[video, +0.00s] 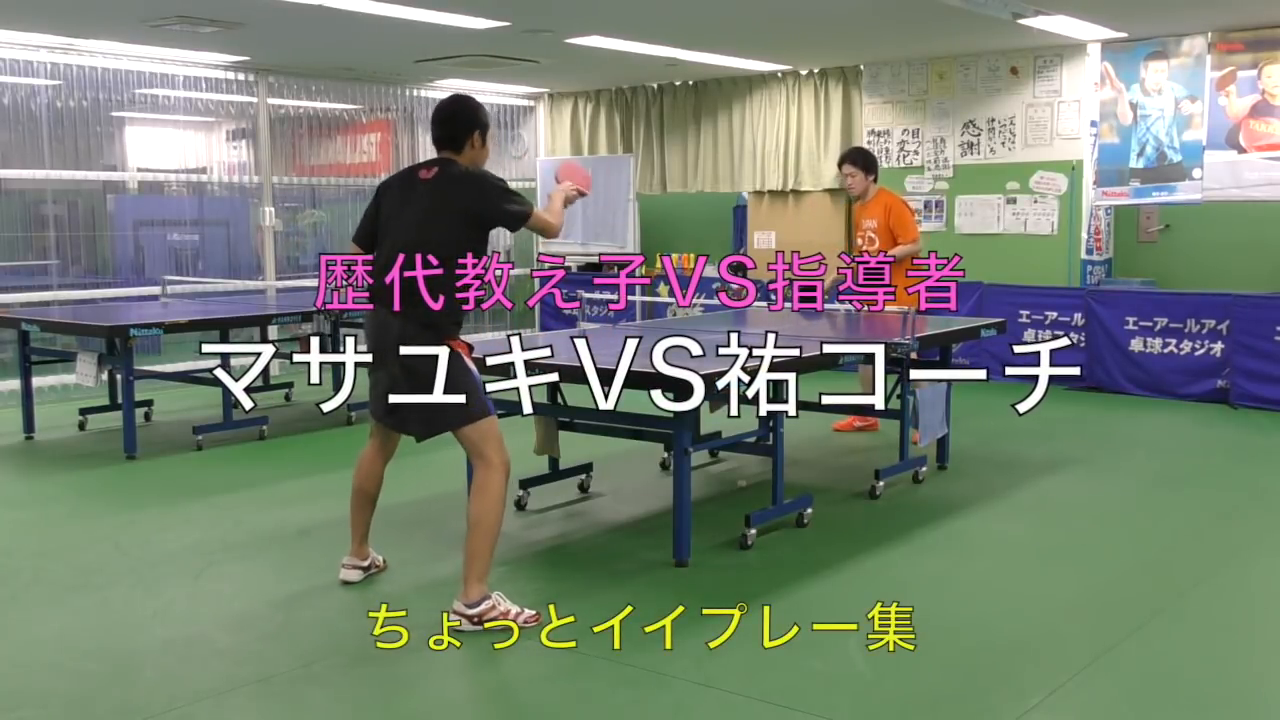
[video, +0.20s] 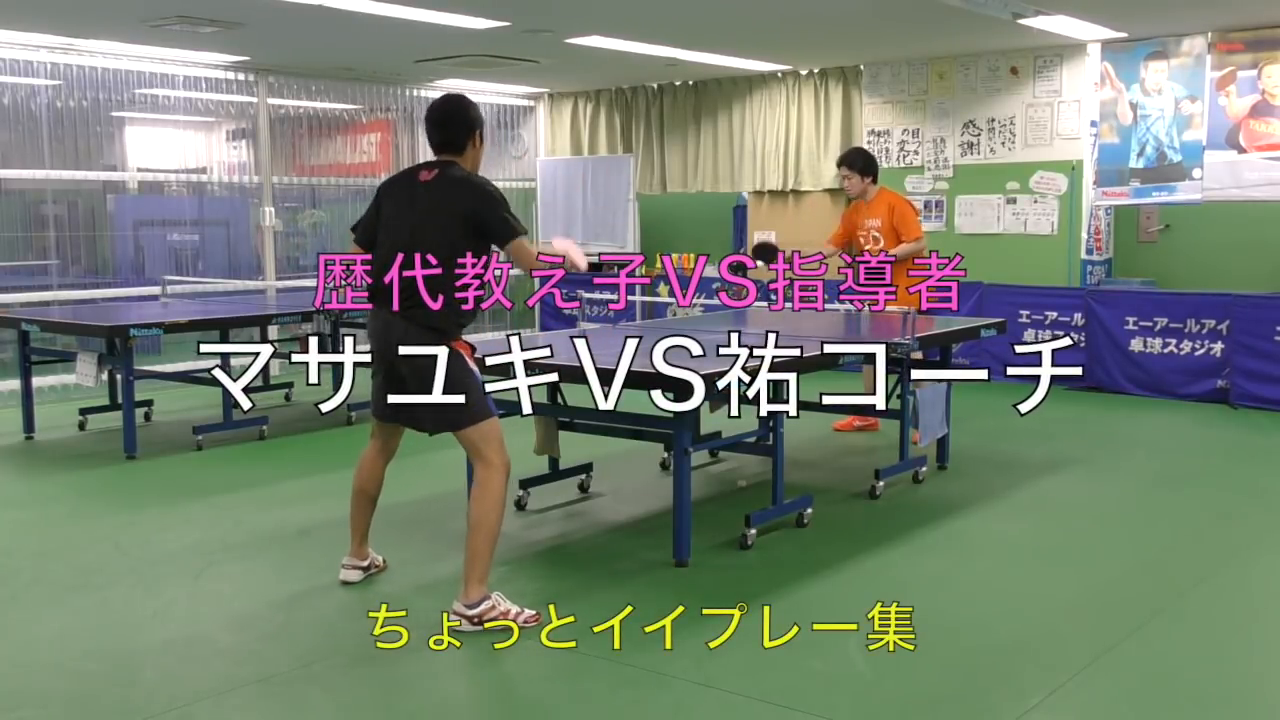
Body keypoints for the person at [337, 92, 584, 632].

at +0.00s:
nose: (488, 147)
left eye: (486, 138)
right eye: (486, 138)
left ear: (437, 138)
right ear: (474, 139)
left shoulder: (396, 184)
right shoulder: (478, 185)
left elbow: (364, 246)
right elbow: (549, 225)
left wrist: (420, 255)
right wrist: (562, 195)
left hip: (383, 339)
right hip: (434, 342)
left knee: (379, 445)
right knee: (491, 460)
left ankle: (356, 554)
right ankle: (475, 595)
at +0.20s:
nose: (483, 145)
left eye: (479, 137)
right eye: (482, 137)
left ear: (432, 139)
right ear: (474, 139)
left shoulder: (395, 185)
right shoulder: (477, 192)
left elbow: (363, 243)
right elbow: (526, 257)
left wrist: (418, 251)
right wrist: (561, 247)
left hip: (386, 342)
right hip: (437, 345)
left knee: (380, 445)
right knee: (491, 460)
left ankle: (356, 554)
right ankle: (475, 596)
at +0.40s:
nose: (501, 166)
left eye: (501, 156)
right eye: (501, 155)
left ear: (455, 149)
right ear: (487, 153)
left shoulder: (425, 190)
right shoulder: (449, 192)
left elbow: (387, 265)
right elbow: (422, 262)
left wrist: (438, 339)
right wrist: (467, 321)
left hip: (386, 339)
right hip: (414, 342)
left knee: (396, 445)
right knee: (486, 460)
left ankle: (358, 554)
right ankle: (473, 597)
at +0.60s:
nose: (506, 174)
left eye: (508, 164)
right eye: (504, 162)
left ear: (464, 155)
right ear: (477, 154)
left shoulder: (413, 193)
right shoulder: (454, 197)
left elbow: (374, 257)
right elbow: (489, 277)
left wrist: (408, 305)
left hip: (383, 344)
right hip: (418, 348)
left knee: (389, 444)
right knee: (486, 460)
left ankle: (357, 554)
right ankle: (473, 599)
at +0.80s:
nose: (497, 150)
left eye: (494, 141)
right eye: (495, 141)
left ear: (445, 142)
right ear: (483, 143)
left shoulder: (401, 186)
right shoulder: (490, 191)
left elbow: (365, 247)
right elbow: (560, 232)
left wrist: (413, 279)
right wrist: (572, 203)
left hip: (385, 341)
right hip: (439, 346)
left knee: (377, 448)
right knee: (499, 463)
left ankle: (359, 555)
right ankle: (475, 597)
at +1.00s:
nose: (493, 146)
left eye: (489, 137)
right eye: (492, 137)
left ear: (439, 140)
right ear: (485, 140)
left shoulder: (402, 188)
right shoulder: (488, 194)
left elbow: (371, 252)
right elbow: (530, 256)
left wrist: (414, 285)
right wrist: (569, 256)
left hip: (392, 344)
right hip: (445, 348)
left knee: (378, 451)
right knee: (500, 464)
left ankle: (357, 556)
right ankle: (475, 597)